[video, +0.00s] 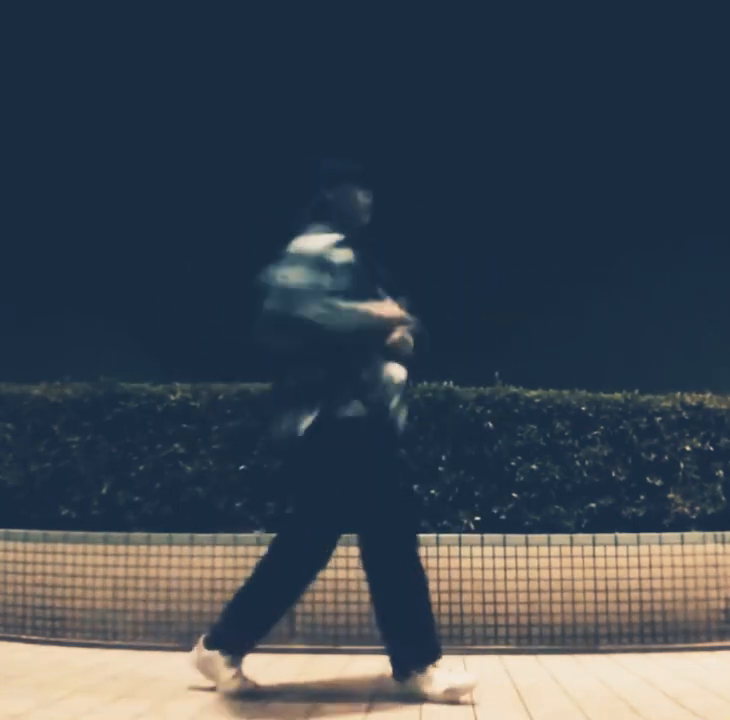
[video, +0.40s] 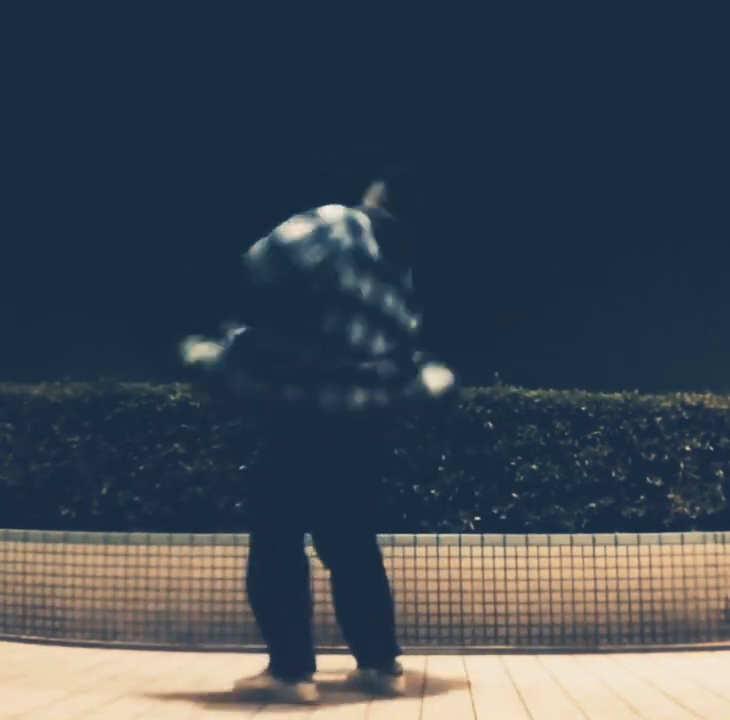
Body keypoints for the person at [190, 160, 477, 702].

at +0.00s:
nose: (368, 202)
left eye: (368, 194)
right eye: (360, 192)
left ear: (346, 201)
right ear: (334, 197)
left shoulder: (350, 258)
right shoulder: (317, 247)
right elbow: (286, 308)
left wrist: (400, 331)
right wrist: (377, 316)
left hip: (353, 422)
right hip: (340, 423)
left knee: (308, 538)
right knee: (390, 537)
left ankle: (221, 648)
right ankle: (416, 666)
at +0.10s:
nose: (378, 202)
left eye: (373, 195)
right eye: (373, 195)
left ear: (321, 199)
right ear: (360, 195)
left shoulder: (298, 253)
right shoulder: (377, 240)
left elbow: (295, 334)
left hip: (315, 404)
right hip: (381, 403)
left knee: (303, 521)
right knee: (404, 526)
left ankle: (258, 647)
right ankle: (414, 663)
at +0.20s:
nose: (360, 203)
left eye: (345, 196)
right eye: (364, 193)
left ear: (309, 194)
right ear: (362, 192)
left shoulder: (274, 249)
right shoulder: (397, 243)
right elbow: (458, 276)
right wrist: (400, 307)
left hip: (294, 423)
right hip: (375, 419)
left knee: (282, 532)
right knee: (382, 532)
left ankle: (294, 664)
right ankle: (397, 666)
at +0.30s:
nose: (347, 205)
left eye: (341, 195)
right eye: (355, 201)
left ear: (332, 197)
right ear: (382, 202)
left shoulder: (300, 240)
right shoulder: (406, 260)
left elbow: (234, 279)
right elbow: (447, 292)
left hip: (294, 422)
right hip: (365, 423)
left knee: (281, 540)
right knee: (356, 537)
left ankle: (293, 671)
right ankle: (381, 665)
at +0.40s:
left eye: (376, 198)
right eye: (387, 206)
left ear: (366, 198)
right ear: (400, 216)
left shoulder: (326, 226)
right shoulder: (399, 266)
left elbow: (255, 266)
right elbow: (406, 348)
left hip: (292, 420)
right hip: (360, 422)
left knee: (275, 537)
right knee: (349, 534)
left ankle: (290, 668)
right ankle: (379, 663)